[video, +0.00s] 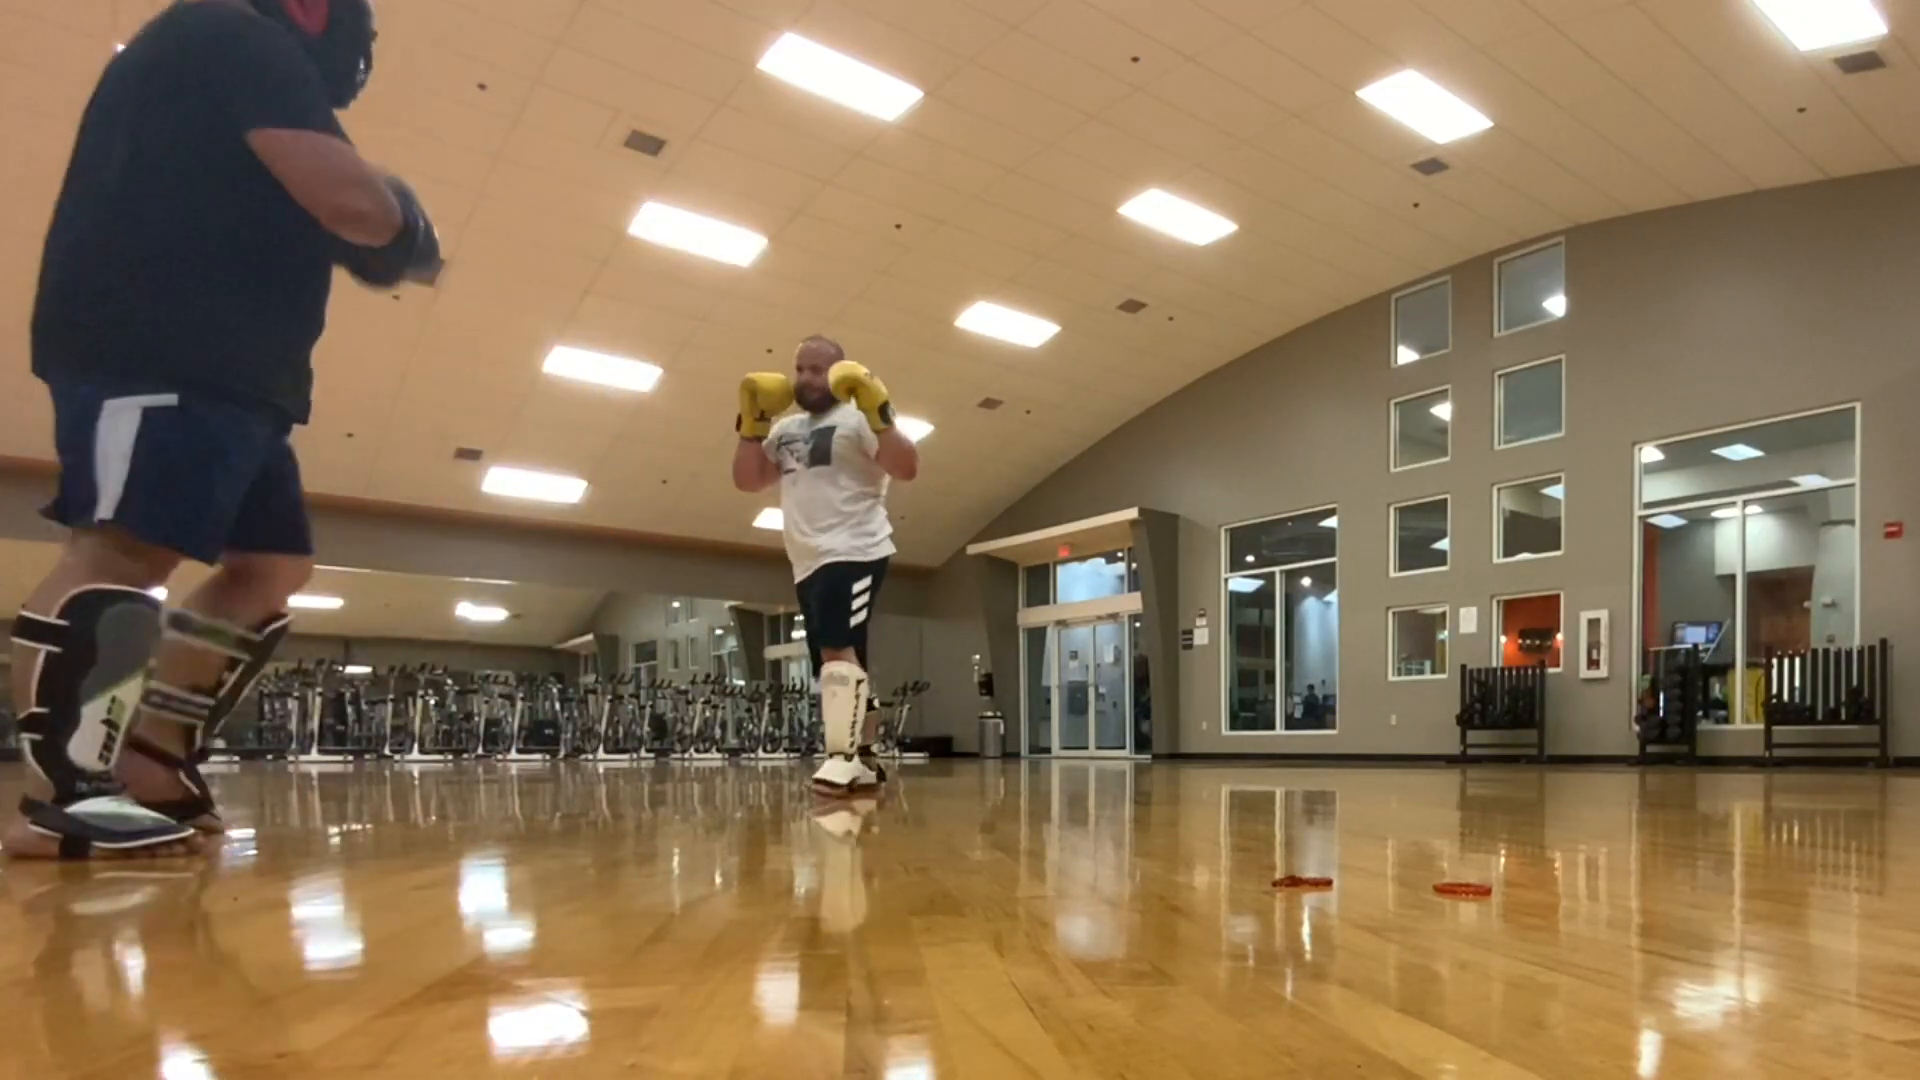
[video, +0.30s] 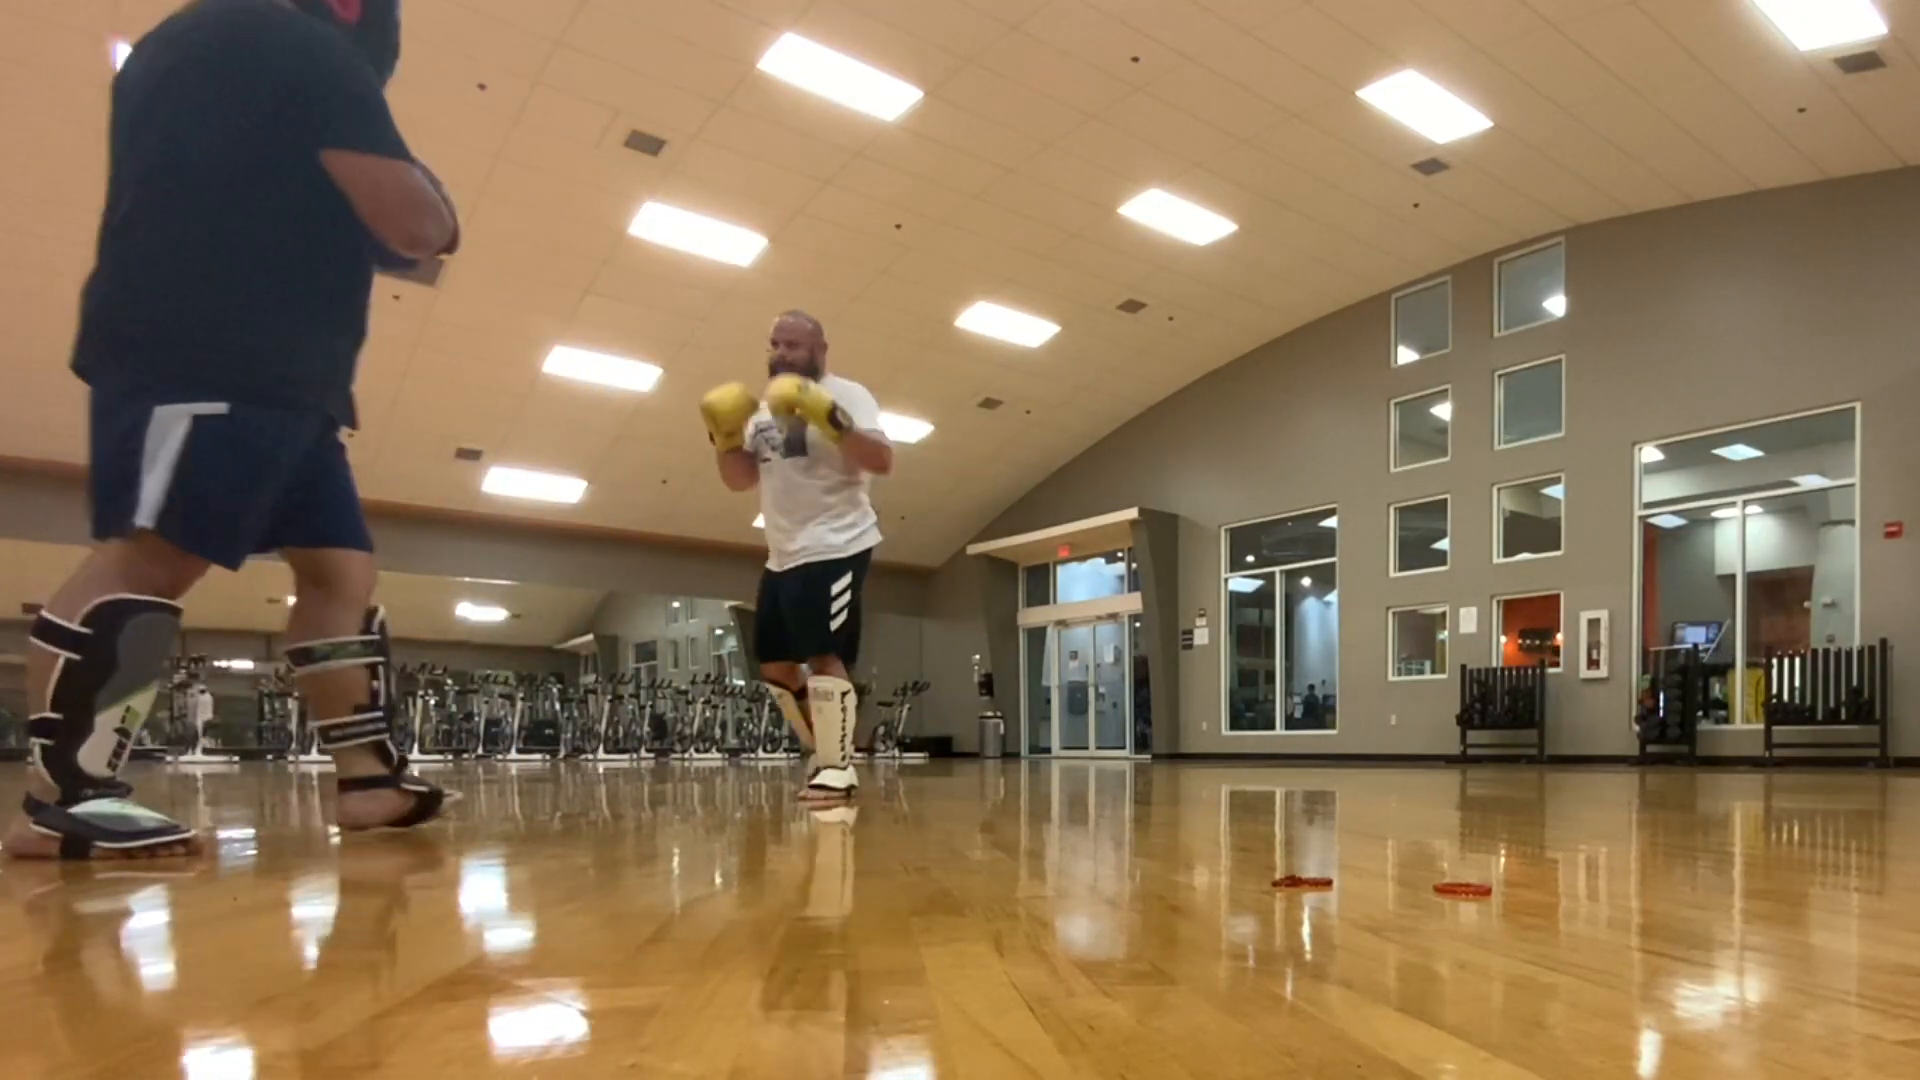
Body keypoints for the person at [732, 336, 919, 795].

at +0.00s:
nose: (810, 378)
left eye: (820, 370)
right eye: (803, 370)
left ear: (840, 374)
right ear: (793, 375)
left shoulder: (857, 418)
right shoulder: (785, 428)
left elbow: (906, 469)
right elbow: (748, 480)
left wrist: (881, 417)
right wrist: (750, 427)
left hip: (856, 549)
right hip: (810, 558)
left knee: (835, 647)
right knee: (840, 659)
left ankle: (841, 757)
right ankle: (863, 758)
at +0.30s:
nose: (781, 353)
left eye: (793, 345)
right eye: (775, 344)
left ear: (821, 352)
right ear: (769, 349)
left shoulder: (847, 396)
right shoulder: (762, 409)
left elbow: (880, 460)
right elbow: (741, 479)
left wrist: (829, 419)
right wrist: (724, 438)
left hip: (837, 541)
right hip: (785, 550)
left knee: (824, 656)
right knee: (776, 666)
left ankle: (836, 772)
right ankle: (833, 756)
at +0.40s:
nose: (776, 332)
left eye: (788, 324)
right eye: (770, 323)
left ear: (811, 339)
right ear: (761, 340)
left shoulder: (834, 382)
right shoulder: (755, 401)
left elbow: (863, 432)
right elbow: (721, 459)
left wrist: (818, 376)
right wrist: (714, 409)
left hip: (829, 541)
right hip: (773, 546)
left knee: (825, 653)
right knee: (753, 652)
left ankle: (837, 770)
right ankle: (786, 747)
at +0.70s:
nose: (731, 341)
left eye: (744, 334)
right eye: (724, 333)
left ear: (771, 344)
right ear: (714, 342)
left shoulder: (797, 386)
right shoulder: (701, 400)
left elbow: (833, 452)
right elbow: (678, 476)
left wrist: (791, 410)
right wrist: (673, 431)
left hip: (786, 543)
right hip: (721, 550)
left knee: (798, 652)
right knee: (711, 657)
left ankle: (832, 766)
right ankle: (712, 766)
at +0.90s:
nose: (710, 332)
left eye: (723, 326)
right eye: (702, 324)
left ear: (746, 339)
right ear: (687, 334)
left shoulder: (768, 385)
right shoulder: (671, 393)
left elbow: (822, 453)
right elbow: (628, 453)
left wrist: (806, 402)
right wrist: (641, 394)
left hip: (758, 529)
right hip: (694, 542)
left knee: (769, 631)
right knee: (705, 657)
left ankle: (791, 749)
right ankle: (705, 762)